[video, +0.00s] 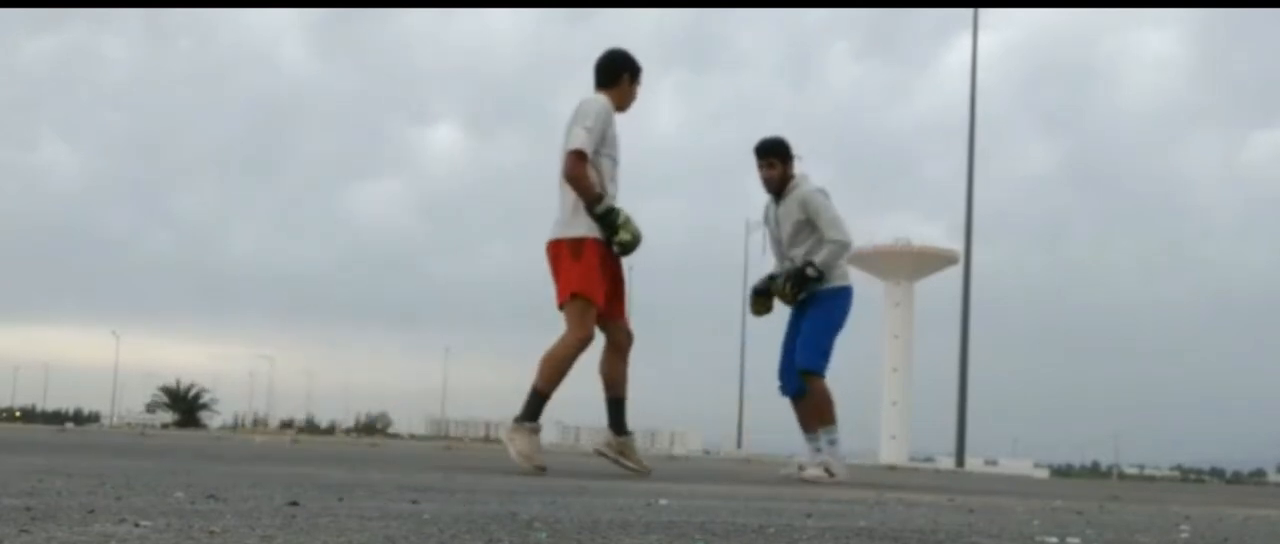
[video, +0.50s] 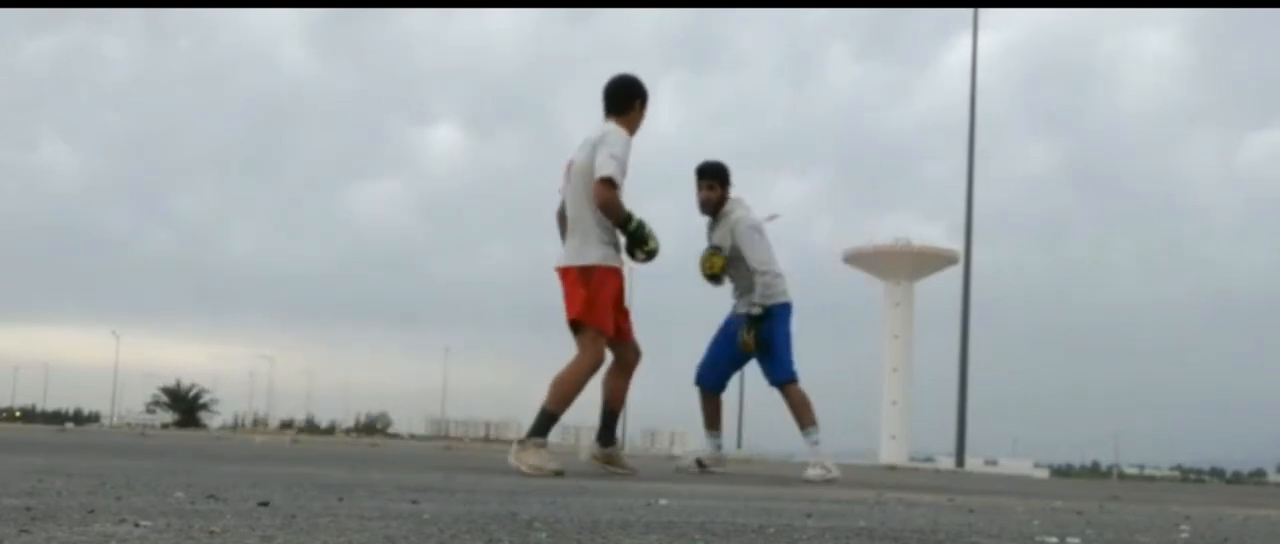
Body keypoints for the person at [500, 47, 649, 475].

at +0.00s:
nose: (636, 94)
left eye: (637, 85)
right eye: (635, 84)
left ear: (608, 78)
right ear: (623, 80)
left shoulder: (604, 119)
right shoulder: (594, 107)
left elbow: (595, 182)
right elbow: (575, 169)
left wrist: (618, 227)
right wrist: (608, 215)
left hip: (599, 241)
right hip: (578, 237)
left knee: (619, 337)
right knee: (580, 331)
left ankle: (618, 436)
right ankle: (524, 426)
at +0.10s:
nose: (636, 104)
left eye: (636, 95)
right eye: (635, 95)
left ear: (603, 89)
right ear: (623, 91)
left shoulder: (597, 126)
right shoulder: (595, 119)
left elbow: (582, 188)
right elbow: (576, 180)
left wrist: (611, 241)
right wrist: (607, 235)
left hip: (591, 248)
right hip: (573, 244)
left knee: (618, 343)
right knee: (579, 341)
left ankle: (593, 442)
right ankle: (521, 435)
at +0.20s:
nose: (635, 113)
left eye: (635, 104)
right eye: (634, 104)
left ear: (600, 100)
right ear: (625, 101)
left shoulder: (583, 137)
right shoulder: (598, 135)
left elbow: (573, 201)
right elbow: (582, 196)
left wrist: (604, 256)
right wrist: (608, 248)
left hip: (579, 263)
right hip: (570, 261)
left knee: (623, 350)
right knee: (579, 352)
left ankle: (589, 444)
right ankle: (517, 440)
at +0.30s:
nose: (638, 99)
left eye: (638, 91)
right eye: (638, 90)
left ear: (601, 85)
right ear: (630, 87)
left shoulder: (588, 118)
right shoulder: (606, 117)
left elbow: (575, 182)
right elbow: (590, 175)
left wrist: (608, 232)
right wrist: (617, 225)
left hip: (581, 244)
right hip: (576, 243)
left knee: (626, 336)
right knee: (583, 339)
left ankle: (600, 430)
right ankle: (526, 433)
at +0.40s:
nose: (639, 97)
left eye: (639, 90)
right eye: (640, 89)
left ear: (603, 85)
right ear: (634, 87)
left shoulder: (587, 120)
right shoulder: (613, 114)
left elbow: (559, 189)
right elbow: (599, 170)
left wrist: (577, 232)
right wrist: (623, 214)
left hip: (585, 243)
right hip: (588, 243)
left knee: (626, 337)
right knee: (588, 337)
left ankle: (601, 432)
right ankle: (534, 434)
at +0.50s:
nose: (644, 117)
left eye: (644, 110)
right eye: (644, 109)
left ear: (607, 106)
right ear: (637, 107)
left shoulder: (587, 145)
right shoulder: (615, 139)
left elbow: (564, 208)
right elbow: (605, 194)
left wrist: (578, 251)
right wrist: (634, 229)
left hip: (585, 263)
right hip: (594, 264)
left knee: (627, 354)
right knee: (593, 353)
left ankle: (606, 445)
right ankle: (532, 442)